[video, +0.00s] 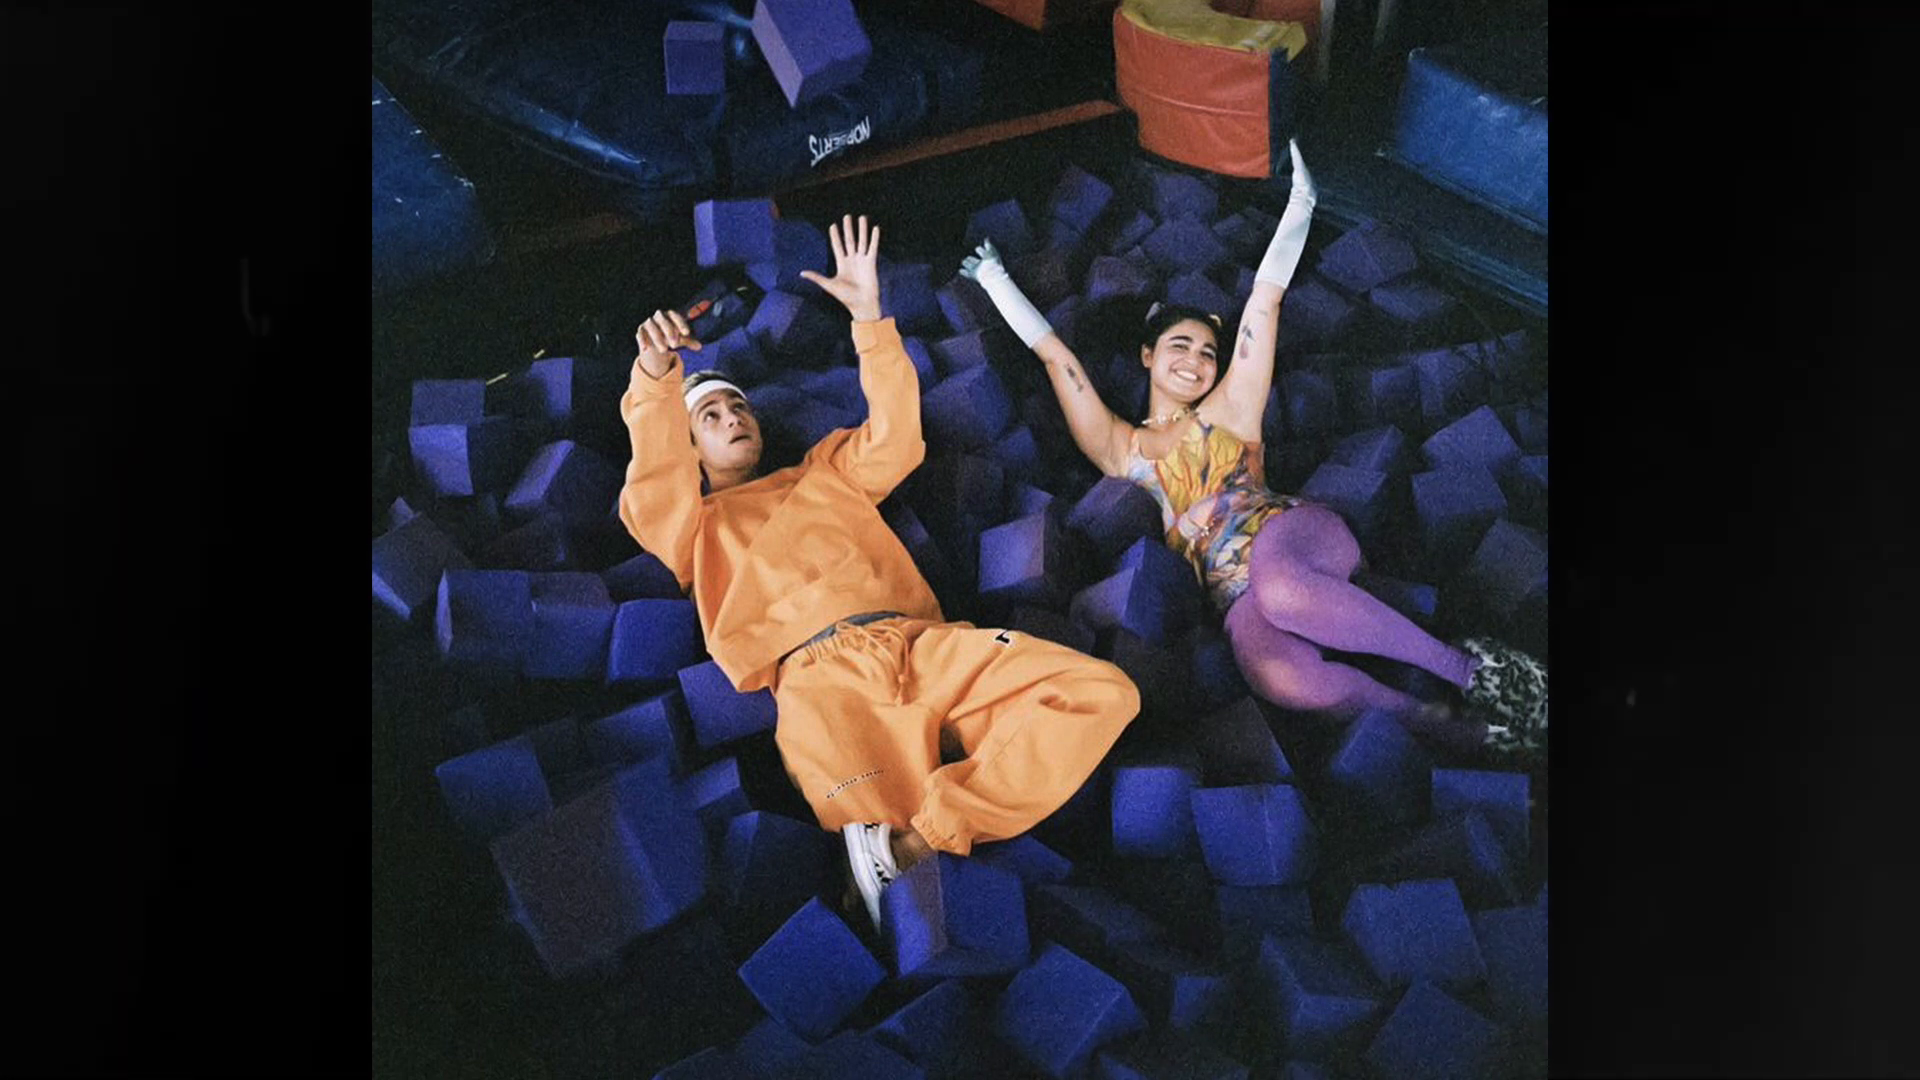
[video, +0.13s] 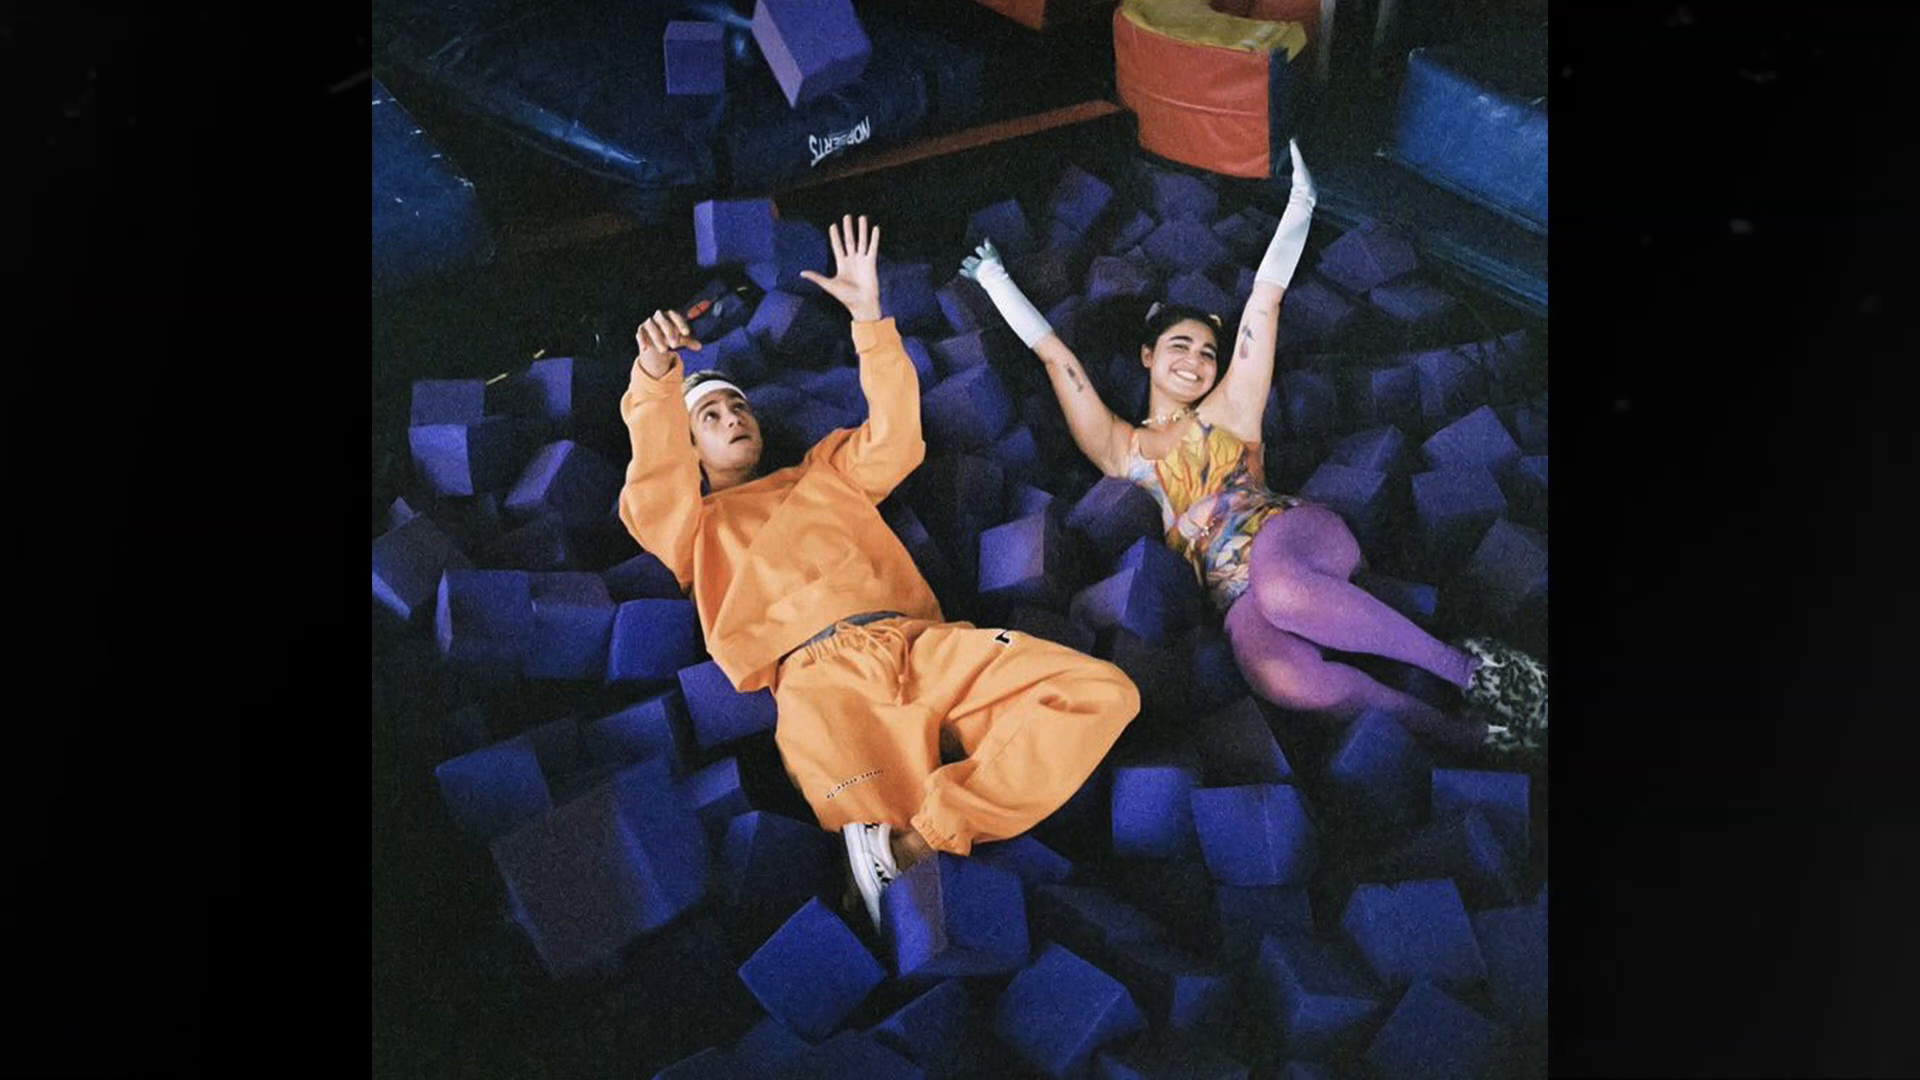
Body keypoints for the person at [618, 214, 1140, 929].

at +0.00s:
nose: (731, 418)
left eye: (738, 407)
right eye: (709, 415)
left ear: (760, 425)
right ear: (688, 449)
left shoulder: (827, 468)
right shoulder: (696, 525)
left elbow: (895, 436)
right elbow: (655, 477)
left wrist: (868, 317)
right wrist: (655, 373)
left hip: (918, 640)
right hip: (820, 673)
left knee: (1094, 692)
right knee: (883, 831)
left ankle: (916, 841)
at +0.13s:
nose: (731, 418)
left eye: (738, 407)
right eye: (709, 415)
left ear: (760, 425)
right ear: (688, 449)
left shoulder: (827, 468)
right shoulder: (696, 525)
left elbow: (895, 436)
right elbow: (655, 477)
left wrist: (868, 317)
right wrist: (655, 373)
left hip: (918, 640)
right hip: (820, 673)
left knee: (1094, 692)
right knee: (883, 831)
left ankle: (916, 841)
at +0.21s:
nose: (731, 418)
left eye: (738, 407)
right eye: (709, 415)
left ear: (760, 425)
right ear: (688, 448)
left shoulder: (827, 468)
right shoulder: (695, 525)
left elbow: (895, 436)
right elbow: (655, 476)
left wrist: (868, 317)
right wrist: (655, 373)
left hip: (918, 640)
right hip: (820, 672)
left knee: (1094, 692)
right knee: (881, 828)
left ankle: (917, 841)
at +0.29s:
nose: (731, 418)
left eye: (738, 407)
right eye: (709, 415)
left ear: (760, 425)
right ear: (688, 449)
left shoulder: (827, 468)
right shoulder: (696, 525)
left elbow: (895, 436)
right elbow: (655, 477)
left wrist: (868, 317)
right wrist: (655, 373)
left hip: (917, 641)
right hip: (820, 673)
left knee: (1094, 692)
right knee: (883, 831)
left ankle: (916, 841)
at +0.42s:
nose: (731, 418)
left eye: (738, 407)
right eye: (709, 415)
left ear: (760, 425)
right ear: (688, 449)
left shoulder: (827, 468)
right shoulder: (696, 525)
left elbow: (895, 436)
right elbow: (655, 477)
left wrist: (868, 317)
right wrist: (655, 373)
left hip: (917, 641)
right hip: (820, 673)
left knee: (1094, 692)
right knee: (883, 831)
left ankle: (917, 841)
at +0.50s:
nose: (731, 418)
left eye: (738, 407)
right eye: (709, 415)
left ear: (760, 425)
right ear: (688, 449)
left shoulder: (827, 468)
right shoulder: (696, 525)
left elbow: (895, 436)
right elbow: (655, 477)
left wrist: (868, 317)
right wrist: (655, 373)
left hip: (917, 641)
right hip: (820, 673)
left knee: (1094, 692)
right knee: (883, 831)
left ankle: (916, 841)